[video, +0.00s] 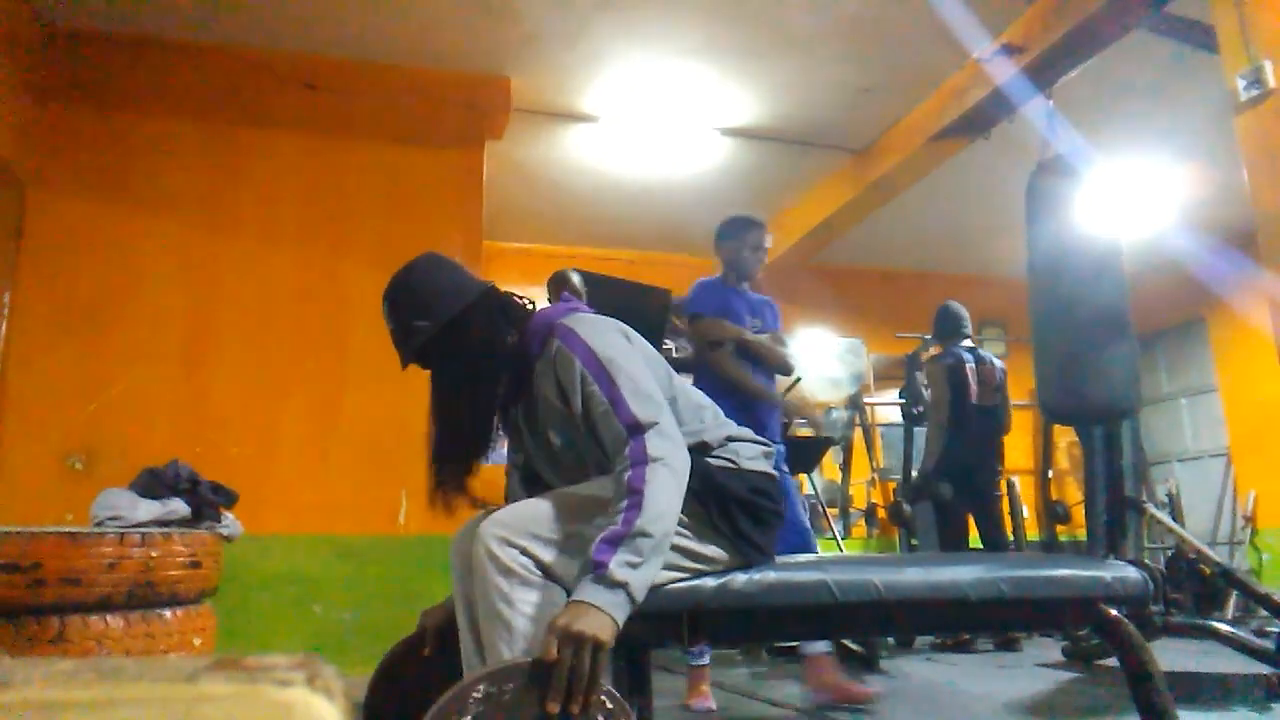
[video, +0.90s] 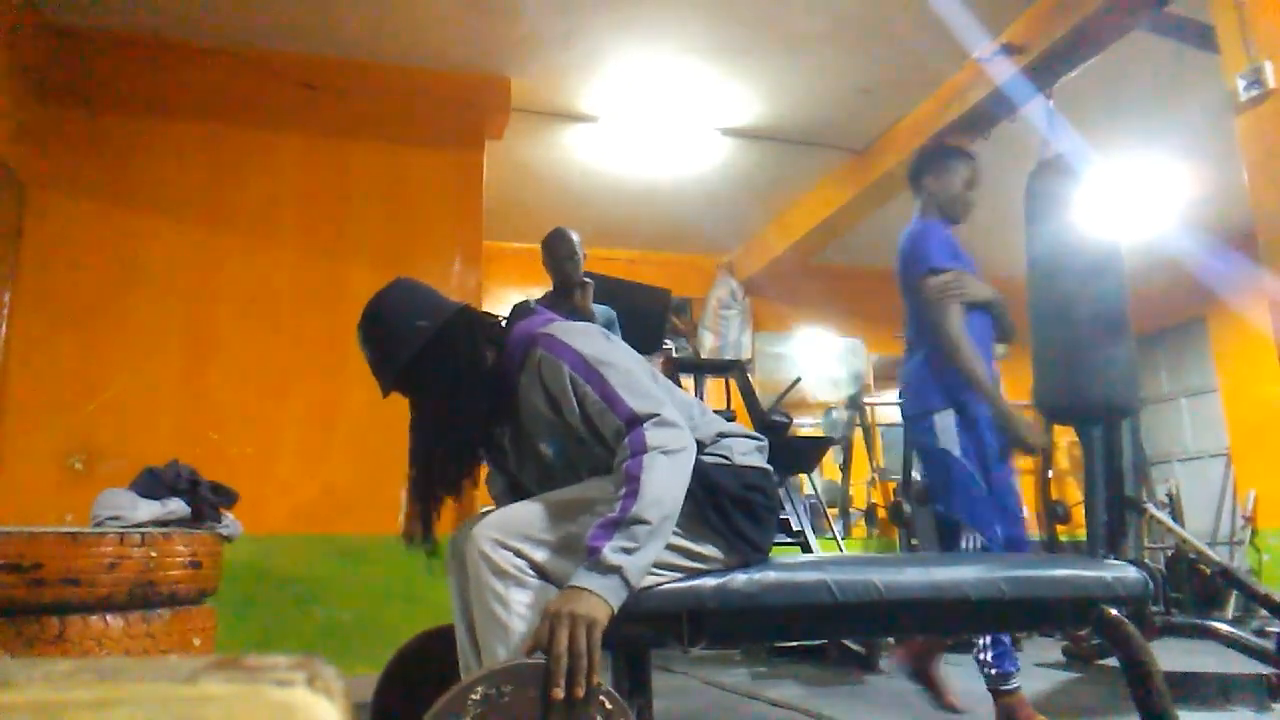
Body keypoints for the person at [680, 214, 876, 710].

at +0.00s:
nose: (764, 256)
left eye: (766, 249)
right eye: (756, 248)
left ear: (764, 253)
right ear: (726, 249)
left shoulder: (766, 306)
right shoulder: (705, 294)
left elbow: (784, 363)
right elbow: (716, 361)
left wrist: (740, 334)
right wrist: (781, 397)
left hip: (767, 446)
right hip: (716, 446)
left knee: (798, 544)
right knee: (703, 556)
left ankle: (819, 666)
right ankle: (699, 677)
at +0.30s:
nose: (840, 238)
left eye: (841, 231)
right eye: (831, 229)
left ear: (827, 235)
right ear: (799, 229)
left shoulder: (834, 294)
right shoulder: (780, 276)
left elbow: (865, 353)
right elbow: (804, 352)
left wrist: (822, 324)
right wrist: (861, 405)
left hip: (833, 439)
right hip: (791, 436)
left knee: (844, 554)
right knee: (785, 553)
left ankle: (862, 680)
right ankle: (735, 663)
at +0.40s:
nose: (860, 230)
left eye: (861, 223)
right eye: (852, 221)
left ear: (845, 228)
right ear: (820, 221)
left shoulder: (851, 284)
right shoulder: (806, 272)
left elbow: (888, 351)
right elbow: (828, 352)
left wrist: (849, 323)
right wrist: (875, 423)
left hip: (848, 428)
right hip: (816, 426)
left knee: (855, 541)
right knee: (837, 538)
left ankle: (862, 677)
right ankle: (786, 653)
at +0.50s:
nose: (882, 222)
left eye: (882, 214)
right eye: (874, 214)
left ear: (860, 218)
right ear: (843, 215)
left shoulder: (870, 279)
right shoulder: (828, 267)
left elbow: (905, 349)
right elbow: (843, 352)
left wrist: (869, 319)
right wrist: (880, 426)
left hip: (865, 421)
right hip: (839, 420)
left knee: (873, 538)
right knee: (876, 532)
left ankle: (866, 683)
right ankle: (864, 686)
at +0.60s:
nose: (905, 216)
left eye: (905, 207)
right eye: (897, 206)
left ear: (874, 211)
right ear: (864, 210)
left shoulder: (891, 276)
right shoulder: (852, 262)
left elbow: (929, 347)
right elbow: (856, 342)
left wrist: (895, 317)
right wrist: (898, 426)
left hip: (891, 424)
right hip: (863, 422)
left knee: (873, 548)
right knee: (912, 539)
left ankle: (863, 681)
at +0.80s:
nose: (948, 203)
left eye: (949, 195)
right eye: (939, 193)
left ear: (917, 196)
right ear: (905, 194)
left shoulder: (930, 260)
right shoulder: (901, 252)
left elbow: (988, 337)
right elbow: (920, 341)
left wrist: (950, 302)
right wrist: (958, 421)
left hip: (944, 413)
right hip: (920, 415)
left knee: (937, 544)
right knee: (970, 544)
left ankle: (881, 663)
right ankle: (1007, 694)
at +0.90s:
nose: (970, 190)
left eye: (972, 181)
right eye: (962, 177)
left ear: (955, 184)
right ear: (929, 179)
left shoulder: (949, 244)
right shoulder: (927, 239)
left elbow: (1004, 335)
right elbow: (950, 340)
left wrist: (988, 294)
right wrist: (1007, 413)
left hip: (969, 401)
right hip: (944, 403)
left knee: (1007, 540)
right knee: (983, 539)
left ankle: (924, 646)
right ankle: (1008, 696)